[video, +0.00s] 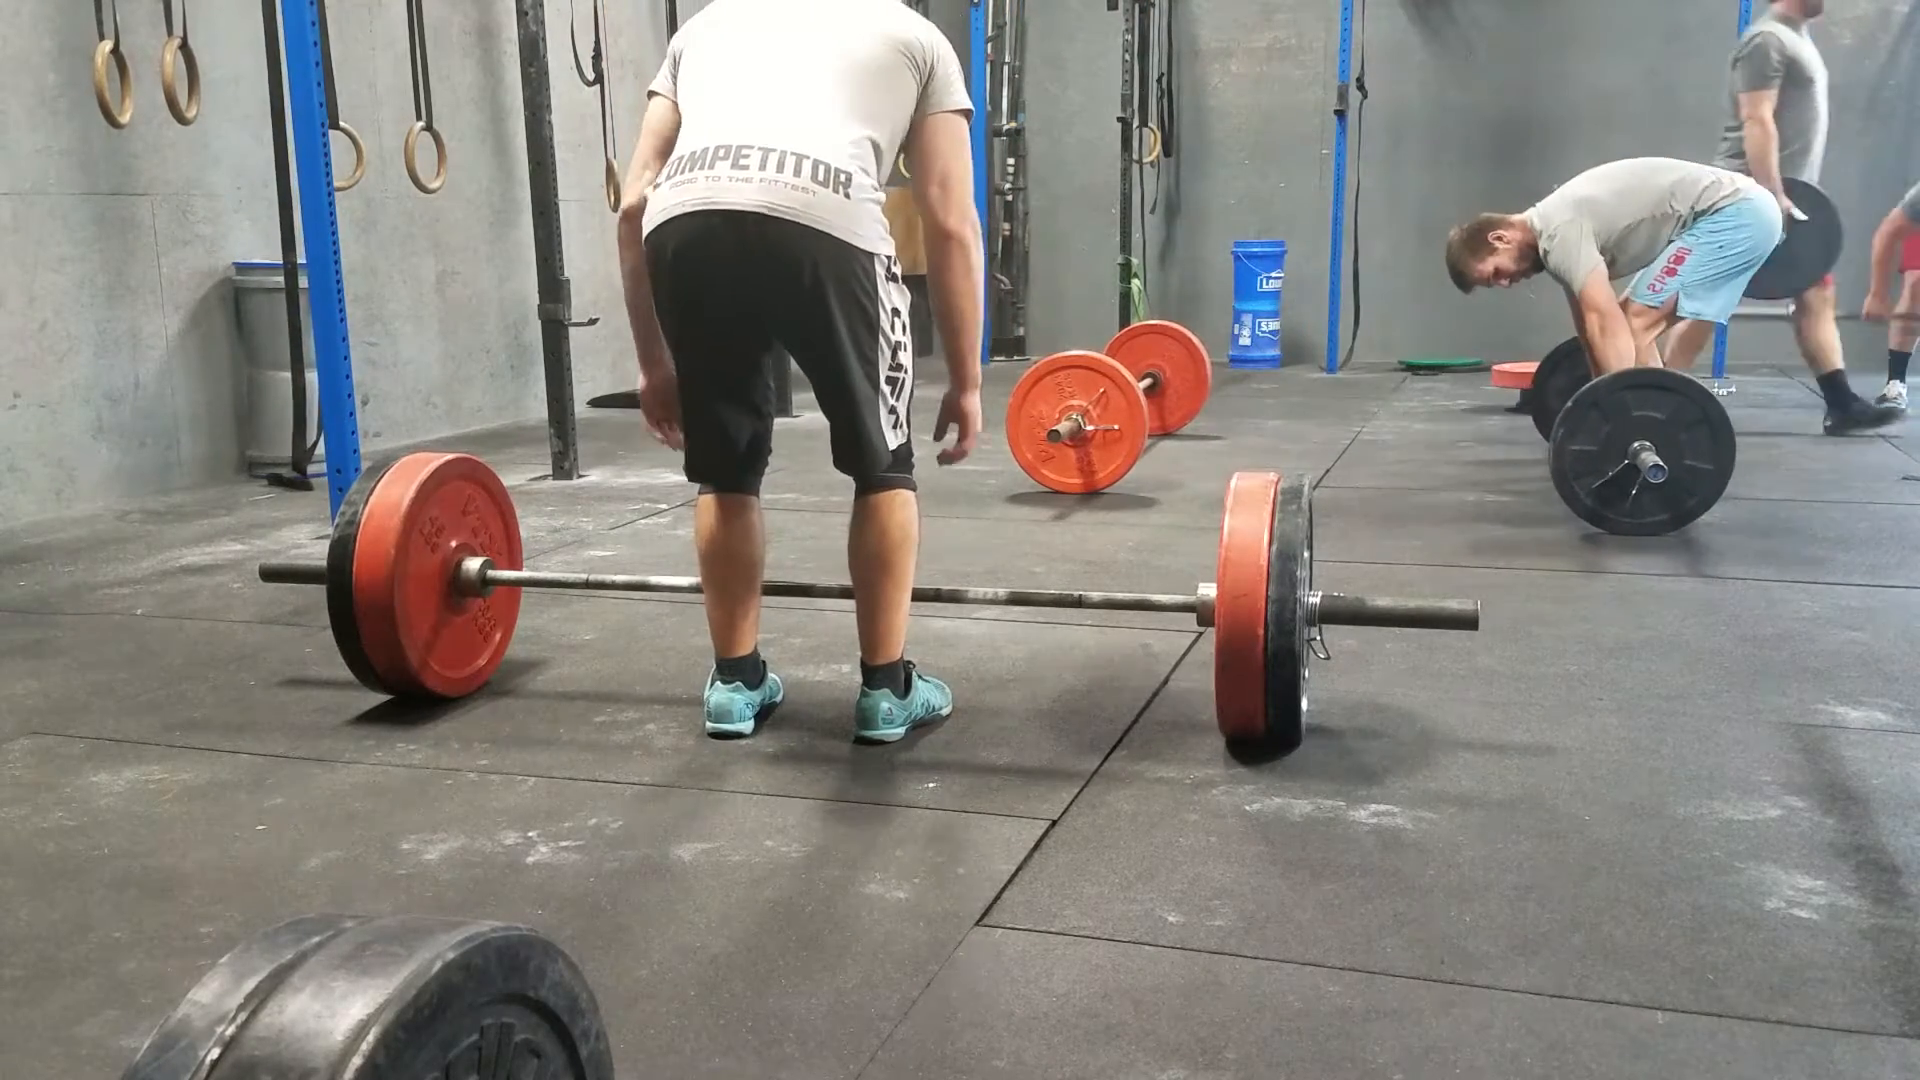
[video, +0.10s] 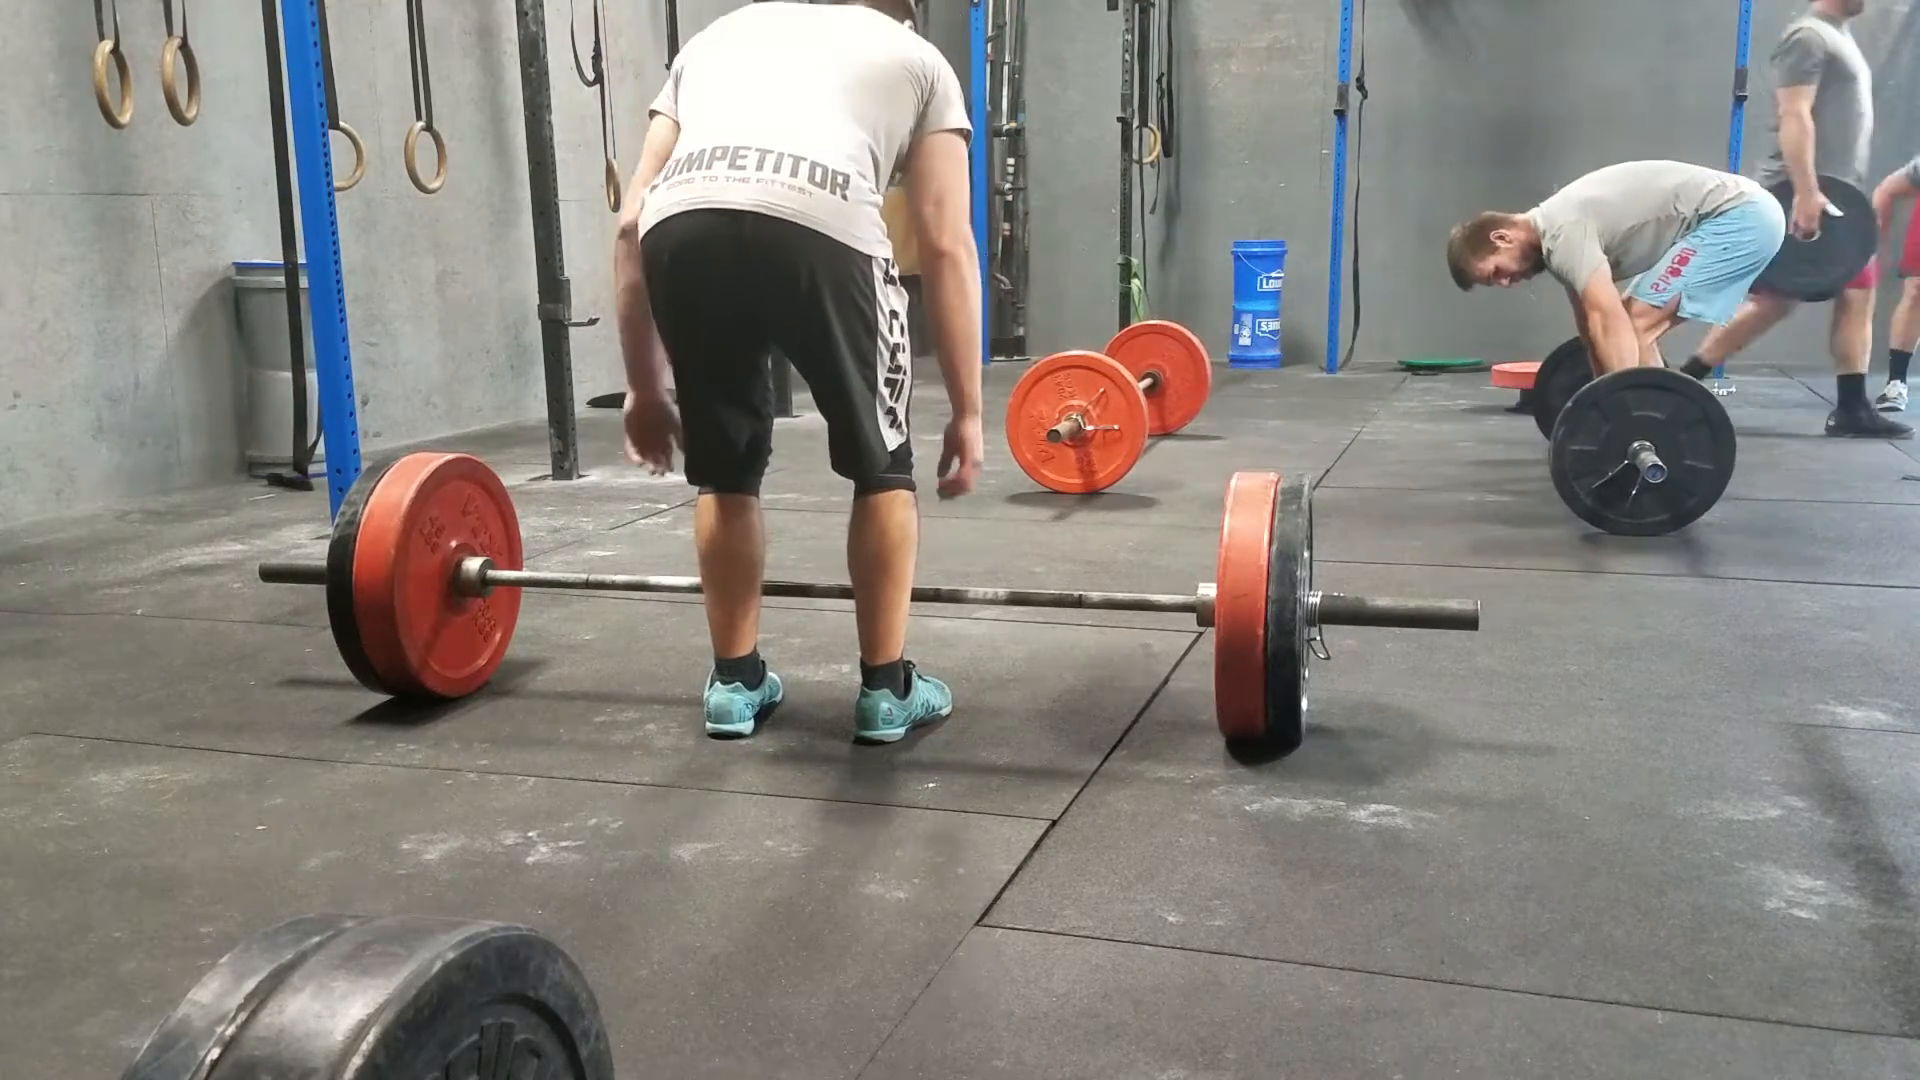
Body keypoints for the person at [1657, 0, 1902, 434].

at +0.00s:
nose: (1823, 1)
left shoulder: (1794, 39)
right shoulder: (1764, 41)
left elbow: (1783, 124)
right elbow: (1756, 121)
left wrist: (1795, 192)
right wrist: (1772, 195)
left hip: (1789, 197)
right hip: (1752, 197)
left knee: (1818, 291)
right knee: (1705, 300)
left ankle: (1842, 403)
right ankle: (1661, 397)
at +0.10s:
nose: (1864, 1)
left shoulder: (1839, 37)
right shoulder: (1807, 37)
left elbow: (1829, 120)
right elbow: (1793, 114)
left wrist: (1847, 190)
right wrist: (1805, 192)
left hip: (1841, 194)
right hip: (1807, 194)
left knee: (1858, 292)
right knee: (1773, 301)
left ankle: (1852, 407)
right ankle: (1688, 376)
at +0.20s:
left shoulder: (1880, 35)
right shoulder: (1847, 27)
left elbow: (1884, 125)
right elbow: (1829, 104)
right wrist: (1840, 182)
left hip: (1879, 197)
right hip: (1854, 196)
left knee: (1873, 295)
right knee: (1860, 296)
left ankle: (1854, 408)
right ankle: (1750, 365)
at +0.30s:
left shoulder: (1905, 26)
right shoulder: (1885, 21)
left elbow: (1867, 98)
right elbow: (1863, 97)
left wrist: (1879, 176)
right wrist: (1873, 176)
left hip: (1906, 178)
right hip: (1891, 178)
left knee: (1890, 284)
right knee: (1900, 283)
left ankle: (1853, 390)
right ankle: (1844, 383)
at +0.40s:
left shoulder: (1910, 22)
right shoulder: (1911, 21)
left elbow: (1900, 102)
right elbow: (1900, 101)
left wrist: (1905, 181)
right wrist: (1906, 181)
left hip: (1906, 181)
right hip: (1902, 179)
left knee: (1897, 289)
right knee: (1900, 289)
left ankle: (1856, 406)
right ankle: (1856, 405)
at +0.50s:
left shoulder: (1913, 115)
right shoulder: (1914, 114)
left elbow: (1890, 135)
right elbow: (1891, 134)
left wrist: (1869, 191)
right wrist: (1870, 191)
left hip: (1909, 225)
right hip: (1911, 224)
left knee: (1906, 299)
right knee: (1907, 298)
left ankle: (1857, 405)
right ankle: (1857, 405)